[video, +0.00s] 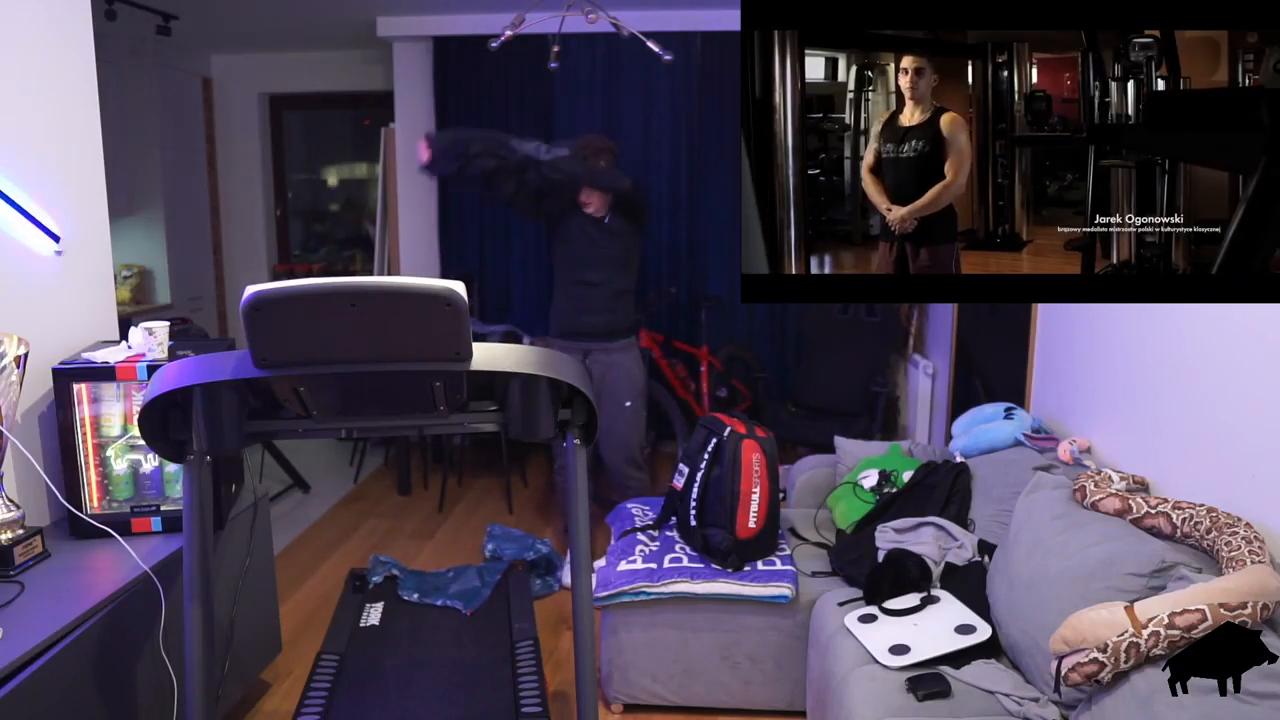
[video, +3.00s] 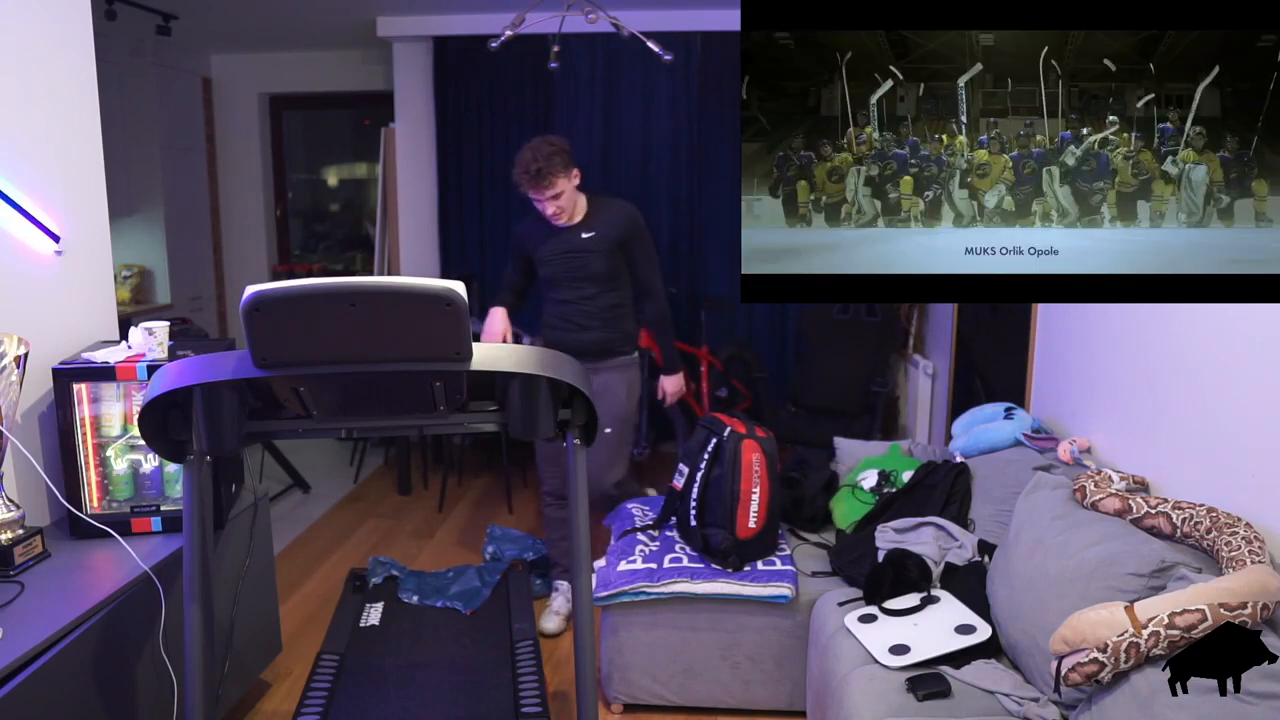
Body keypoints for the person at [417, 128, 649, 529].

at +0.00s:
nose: (587, 197)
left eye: (596, 189)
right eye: (581, 188)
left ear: (613, 187)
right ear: (571, 186)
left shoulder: (630, 216)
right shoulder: (559, 210)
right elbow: (510, 172)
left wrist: (548, 160)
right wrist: (449, 151)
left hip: (616, 349)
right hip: (563, 348)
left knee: (623, 449)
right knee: (568, 445)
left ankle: (636, 537)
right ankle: (573, 532)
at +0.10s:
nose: (589, 190)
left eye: (598, 182)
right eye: (583, 181)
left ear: (616, 180)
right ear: (575, 177)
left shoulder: (628, 214)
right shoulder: (558, 214)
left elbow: (643, 222)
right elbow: (513, 217)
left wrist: (578, 214)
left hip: (614, 351)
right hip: (561, 351)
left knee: (619, 453)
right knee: (565, 451)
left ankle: (631, 537)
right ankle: (572, 538)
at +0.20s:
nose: (591, 190)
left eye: (601, 183)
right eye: (584, 180)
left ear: (612, 182)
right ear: (571, 173)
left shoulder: (625, 221)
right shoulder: (545, 224)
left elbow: (661, 261)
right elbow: (512, 280)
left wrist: (611, 261)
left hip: (610, 355)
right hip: (556, 356)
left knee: (614, 454)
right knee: (563, 455)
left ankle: (627, 542)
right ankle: (575, 543)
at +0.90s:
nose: (626, 200)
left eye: (634, 192)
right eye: (620, 189)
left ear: (642, 189)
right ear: (597, 176)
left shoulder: (643, 225)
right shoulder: (559, 225)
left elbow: (654, 289)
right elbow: (536, 290)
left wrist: (632, 334)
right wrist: (572, 327)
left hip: (629, 353)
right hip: (574, 354)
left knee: (647, 458)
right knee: (578, 458)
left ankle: (661, 553)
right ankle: (577, 543)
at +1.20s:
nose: (664, 195)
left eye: (672, 188)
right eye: (658, 182)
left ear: (677, 188)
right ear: (634, 170)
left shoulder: (675, 228)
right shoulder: (592, 220)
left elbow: (691, 297)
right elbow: (552, 269)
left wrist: (722, 329)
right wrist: (571, 280)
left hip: (654, 354)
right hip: (598, 354)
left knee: (662, 458)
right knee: (591, 460)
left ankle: (662, 551)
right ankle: (584, 551)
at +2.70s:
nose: (585, 211)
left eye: (593, 199)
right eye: (576, 202)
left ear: (616, 184)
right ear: (568, 197)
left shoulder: (654, 225)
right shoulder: (567, 232)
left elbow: (674, 298)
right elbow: (552, 301)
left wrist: (653, 355)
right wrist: (578, 297)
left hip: (644, 367)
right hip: (588, 367)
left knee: (657, 481)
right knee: (575, 475)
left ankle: (665, 578)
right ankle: (567, 583)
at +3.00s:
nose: (550, 208)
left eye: (556, 196)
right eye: (539, 201)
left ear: (576, 178)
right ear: (528, 196)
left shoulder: (620, 220)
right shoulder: (531, 231)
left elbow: (652, 294)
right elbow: (516, 282)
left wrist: (670, 365)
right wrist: (499, 308)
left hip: (615, 368)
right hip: (552, 369)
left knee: (603, 483)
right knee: (555, 486)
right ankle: (563, 582)